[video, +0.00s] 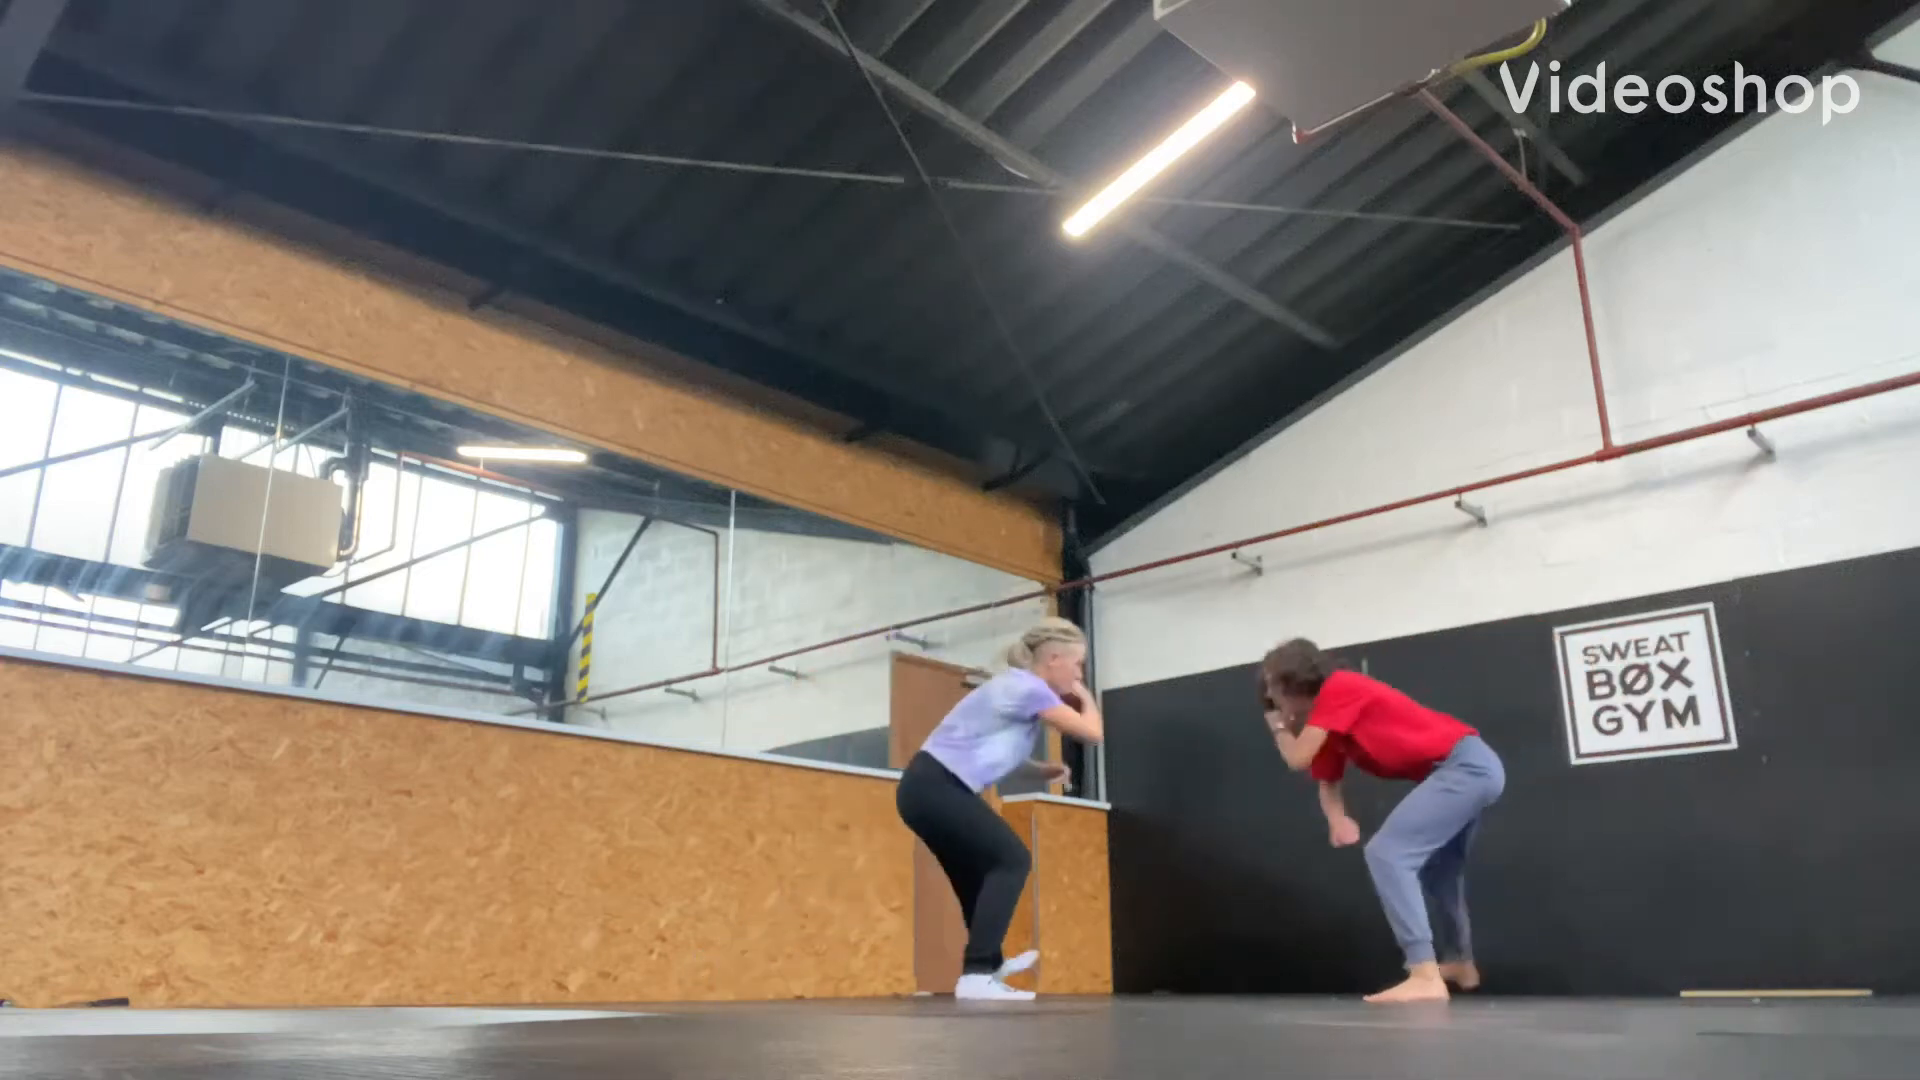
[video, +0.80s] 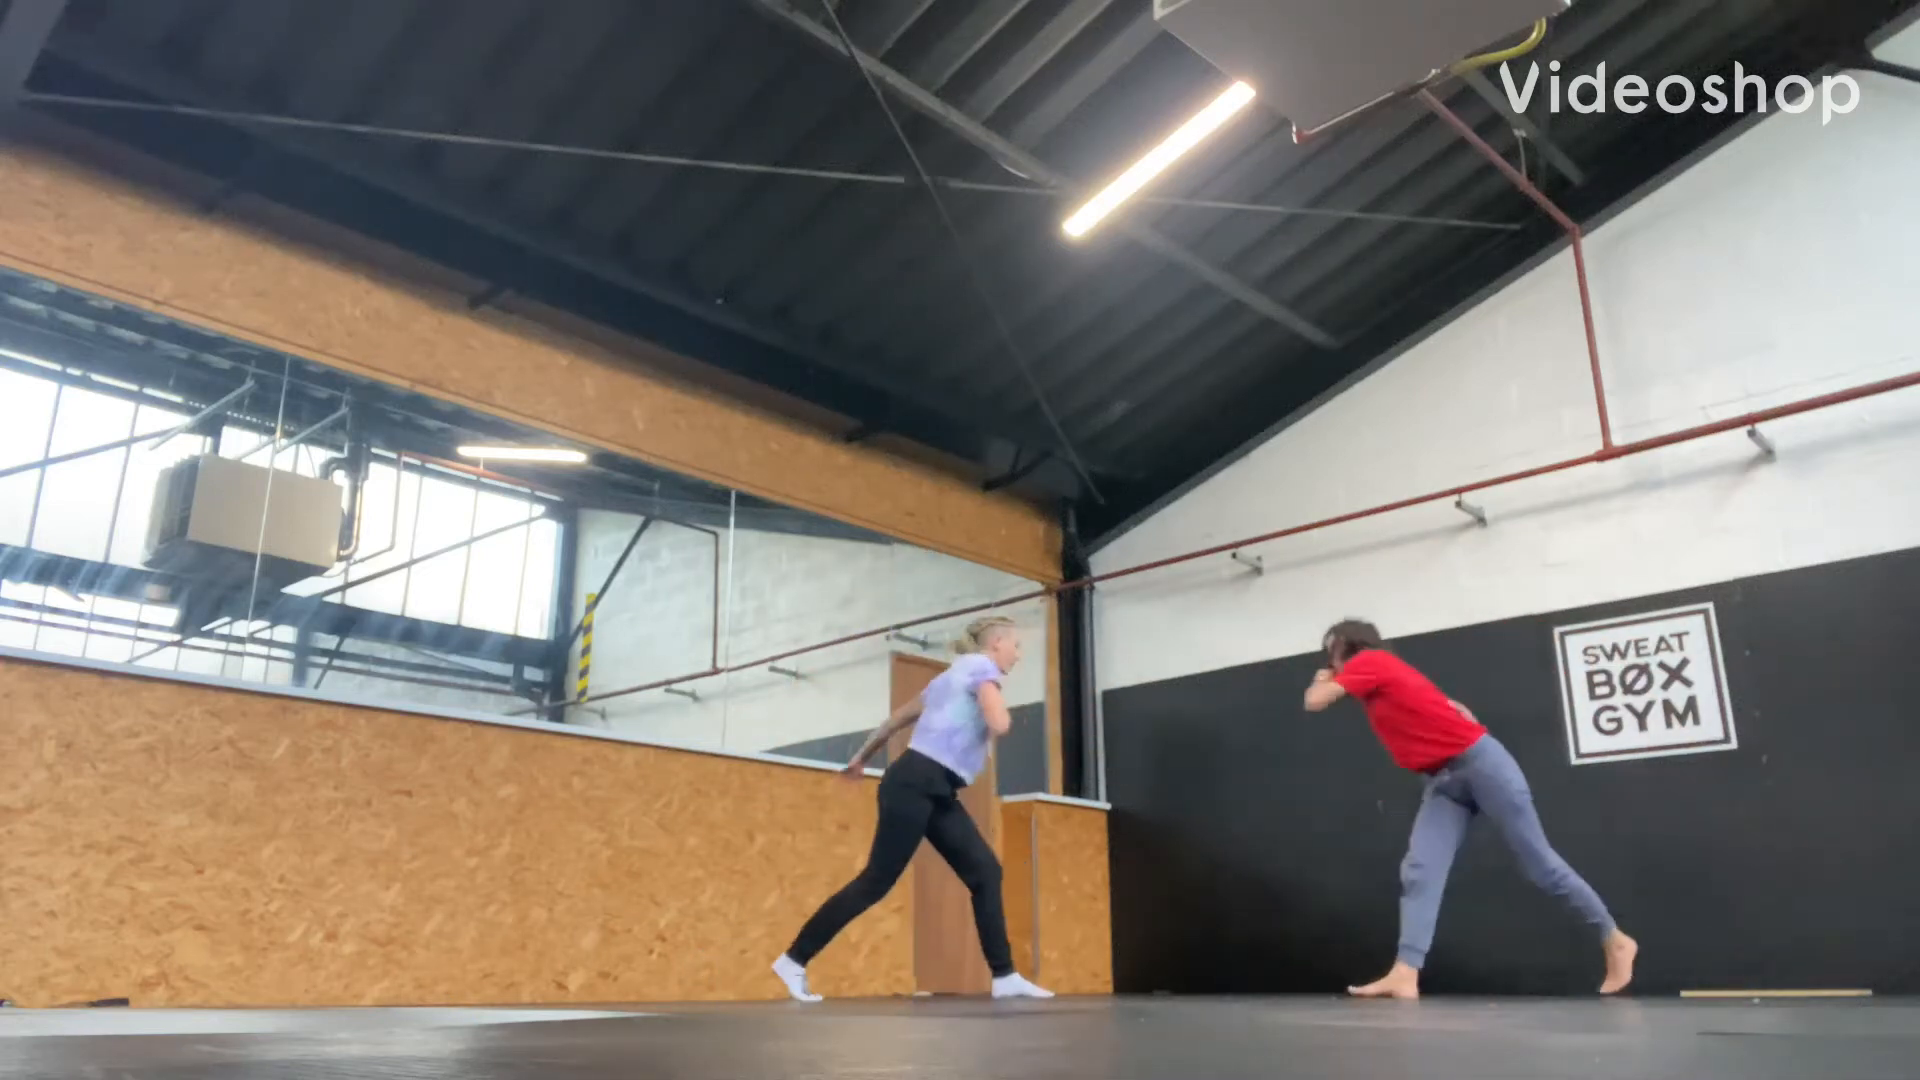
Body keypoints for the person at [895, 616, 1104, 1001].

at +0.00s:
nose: (1080, 675)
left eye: (1081, 666)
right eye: (1077, 664)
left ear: (1049, 662)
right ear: (1050, 662)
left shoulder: (1012, 689)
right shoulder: (1027, 687)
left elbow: (993, 756)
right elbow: (1092, 731)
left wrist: (1039, 770)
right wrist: (1083, 694)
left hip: (927, 787)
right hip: (936, 786)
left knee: (974, 879)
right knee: (1013, 859)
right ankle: (977, 977)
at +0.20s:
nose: (1085, 694)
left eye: (1087, 686)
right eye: (1083, 684)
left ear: (1056, 680)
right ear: (1059, 679)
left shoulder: (1036, 708)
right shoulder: (1034, 703)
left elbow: (1067, 746)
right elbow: (1037, 774)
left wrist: (1110, 750)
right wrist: (1050, 737)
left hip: (952, 801)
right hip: (945, 799)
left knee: (1014, 877)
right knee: (1011, 876)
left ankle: (1007, 978)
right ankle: (976, 977)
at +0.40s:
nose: (1093, 702)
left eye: (1094, 694)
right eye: (1091, 692)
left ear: (1068, 687)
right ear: (1069, 685)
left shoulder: (1044, 715)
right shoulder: (1040, 703)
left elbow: (1050, 747)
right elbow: (1019, 756)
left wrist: (1094, 761)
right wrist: (1046, 768)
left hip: (963, 797)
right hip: (944, 783)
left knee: (1009, 873)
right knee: (944, 871)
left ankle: (1009, 979)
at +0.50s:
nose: (1085, 691)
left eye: (1086, 683)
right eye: (1082, 681)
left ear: (1056, 679)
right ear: (1061, 677)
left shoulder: (1030, 699)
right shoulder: (1039, 695)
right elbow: (1040, 751)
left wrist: (1050, 752)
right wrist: (1062, 753)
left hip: (965, 795)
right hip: (945, 780)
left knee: (1007, 873)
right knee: (925, 873)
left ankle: (1009, 981)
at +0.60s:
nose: (1068, 675)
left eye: (1069, 667)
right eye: (1065, 665)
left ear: (1036, 664)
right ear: (1043, 661)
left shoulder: (1013, 685)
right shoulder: (1028, 683)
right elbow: (1053, 737)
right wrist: (1052, 723)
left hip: (960, 793)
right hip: (940, 778)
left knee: (1002, 873)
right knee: (903, 874)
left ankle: (1008, 979)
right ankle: (806, 942)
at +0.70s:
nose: (1042, 657)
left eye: (1042, 649)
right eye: (1040, 649)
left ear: (1010, 647)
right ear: (1022, 646)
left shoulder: (977, 676)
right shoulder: (1010, 670)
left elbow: (924, 717)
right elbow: (1038, 722)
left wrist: (891, 749)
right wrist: (1029, 695)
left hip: (945, 787)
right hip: (929, 777)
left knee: (989, 873)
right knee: (886, 871)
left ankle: (1006, 980)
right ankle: (798, 949)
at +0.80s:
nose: (1018, 655)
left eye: (1019, 647)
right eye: (1015, 646)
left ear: (987, 644)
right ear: (996, 643)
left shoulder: (953, 674)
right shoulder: (981, 668)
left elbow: (897, 719)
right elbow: (999, 725)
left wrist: (860, 758)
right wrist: (1001, 709)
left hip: (934, 792)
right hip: (914, 784)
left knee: (985, 872)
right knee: (876, 881)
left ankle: (1005, 978)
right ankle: (793, 961)